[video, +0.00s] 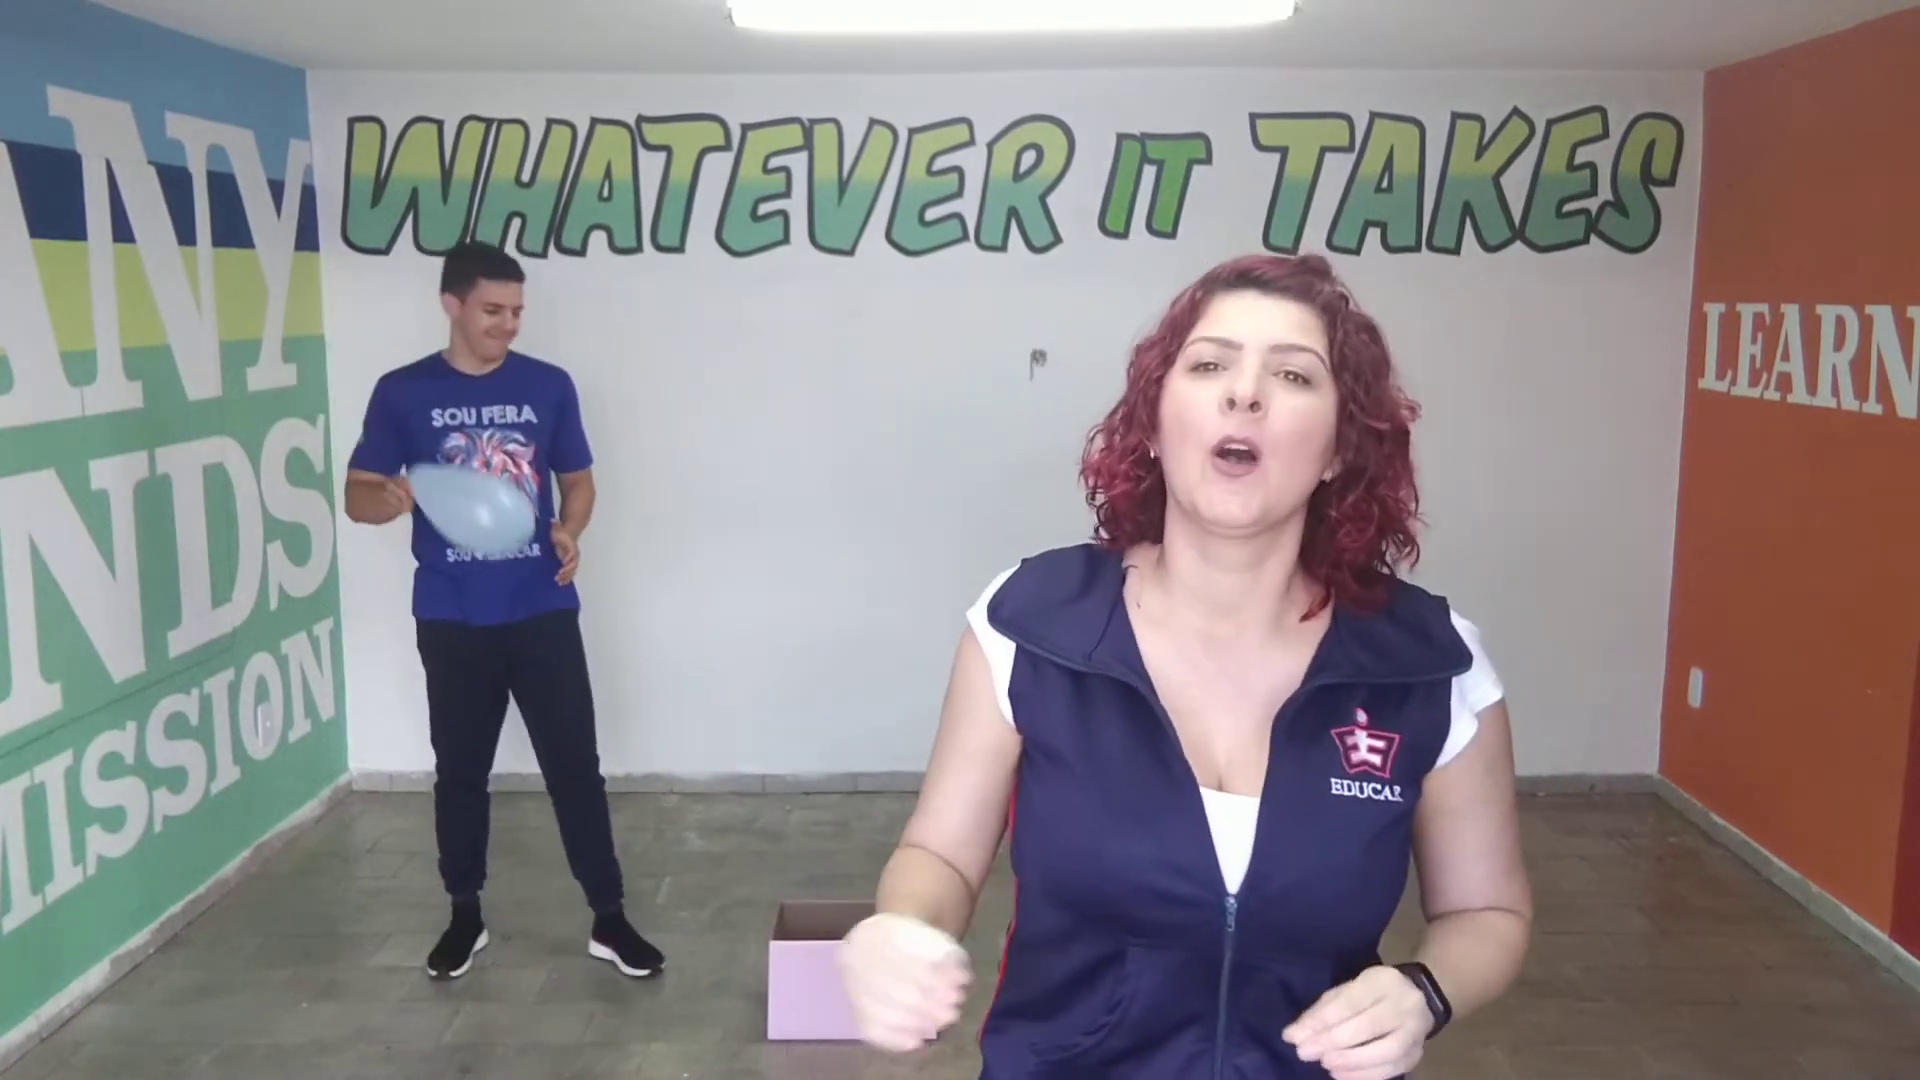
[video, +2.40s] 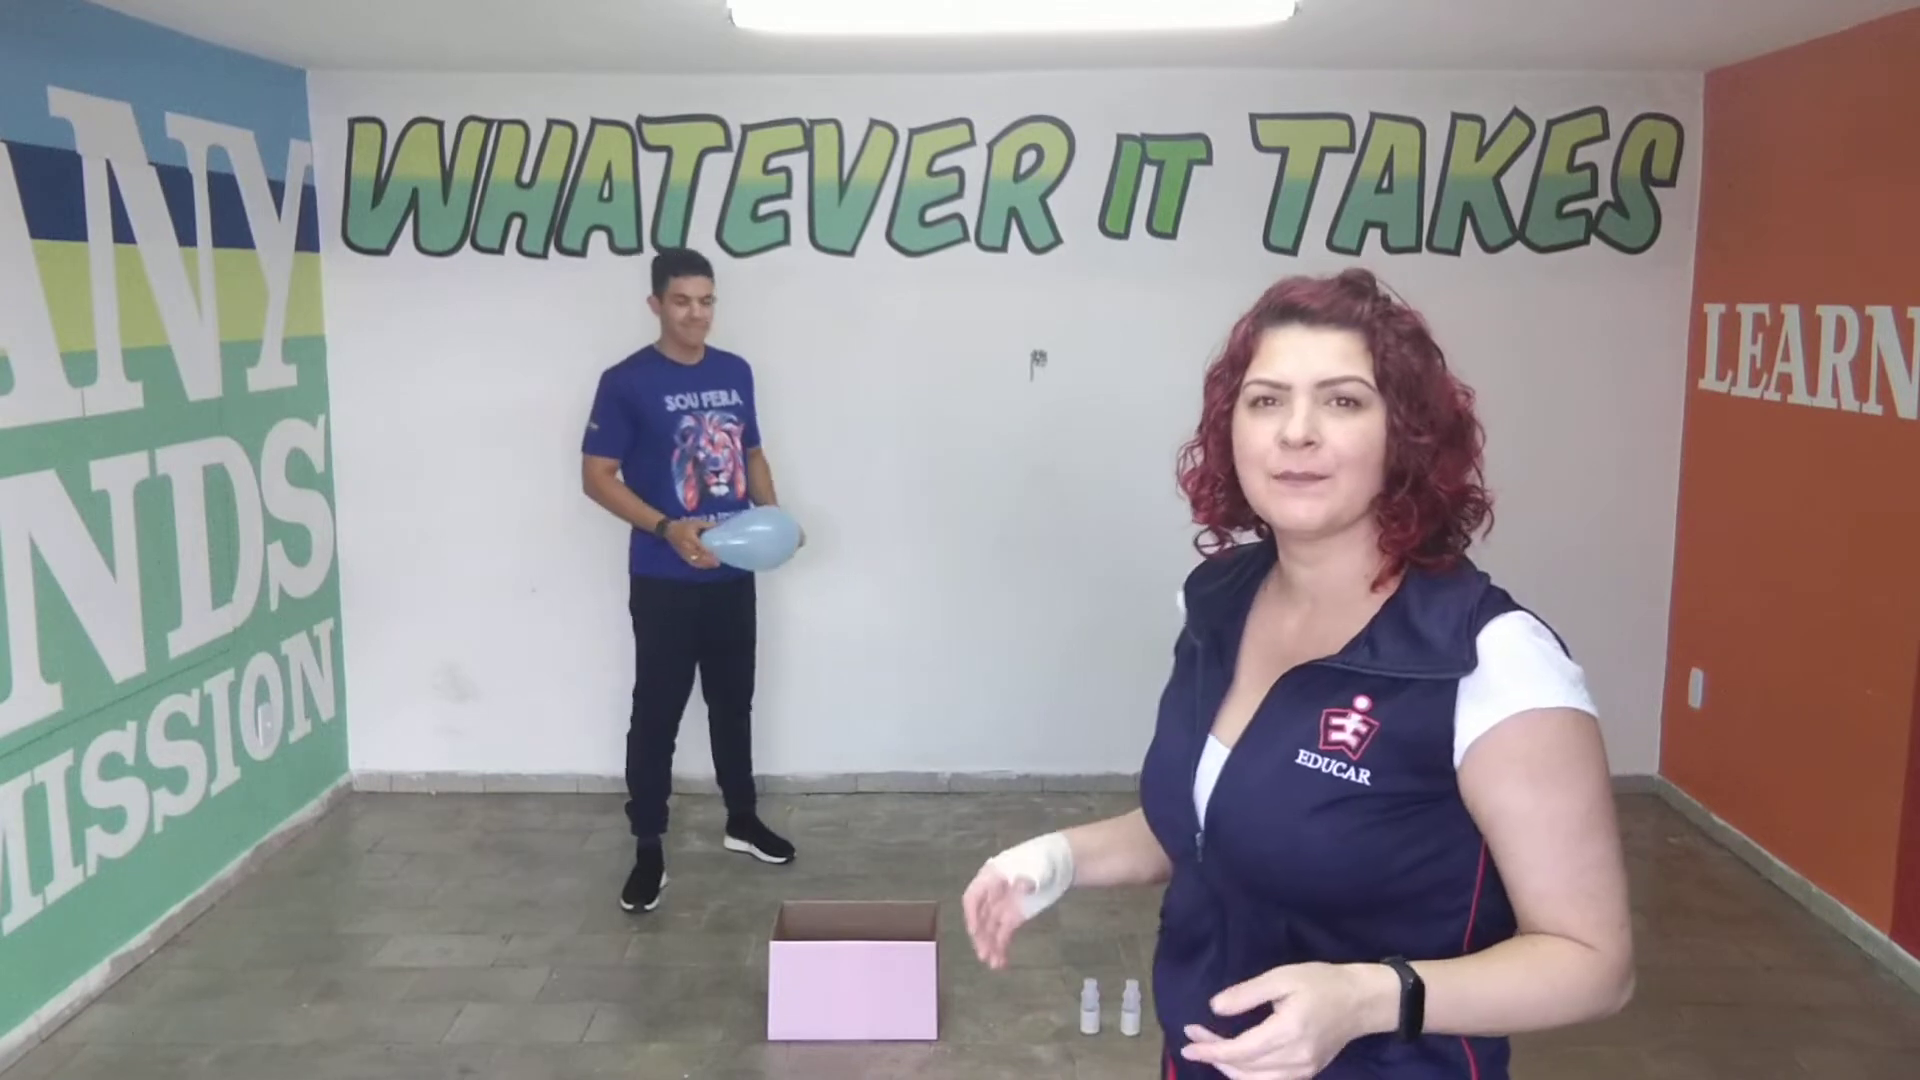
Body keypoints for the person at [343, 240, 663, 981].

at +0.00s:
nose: (506, 323)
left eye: (515, 310)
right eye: (492, 309)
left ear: (521, 311)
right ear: (452, 306)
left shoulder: (548, 387)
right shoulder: (402, 393)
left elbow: (578, 482)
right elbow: (356, 499)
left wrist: (570, 528)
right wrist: (393, 497)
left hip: (542, 615)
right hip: (454, 622)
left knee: (575, 767)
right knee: (460, 774)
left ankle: (609, 917)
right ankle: (465, 914)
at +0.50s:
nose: (611, 341)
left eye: (621, 328)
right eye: (601, 325)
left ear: (626, 322)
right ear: (561, 307)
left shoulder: (640, 395)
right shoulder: (495, 379)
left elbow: (661, 497)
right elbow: (451, 472)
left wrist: (630, 559)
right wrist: (478, 533)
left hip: (605, 617)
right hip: (516, 614)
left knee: (611, 770)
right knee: (489, 766)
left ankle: (612, 920)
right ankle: (467, 909)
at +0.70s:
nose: (642, 347)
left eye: (653, 334)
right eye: (633, 330)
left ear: (660, 328)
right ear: (595, 310)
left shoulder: (671, 397)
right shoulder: (529, 375)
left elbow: (696, 499)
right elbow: (484, 464)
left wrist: (660, 565)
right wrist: (501, 533)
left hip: (623, 615)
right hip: (536, 609)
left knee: (618, 770)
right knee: (519, 758)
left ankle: (612, 922)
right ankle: (521, 900)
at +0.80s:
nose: (652, 345)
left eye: (662, 334)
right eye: (643, 329)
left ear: (668, 327)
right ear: (606, 307)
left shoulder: (679, 399)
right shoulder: (538, 374)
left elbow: (705, 500)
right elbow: (496, 462)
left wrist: (673, 560)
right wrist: (511, 533)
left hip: (628, 615)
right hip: (543, 608)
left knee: (622, 765)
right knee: (533, 751)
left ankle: (612, 917)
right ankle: (583, 863)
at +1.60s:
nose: (631, 335)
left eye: (640, 322)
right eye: (618, 323)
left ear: (650, 313)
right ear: (586, 317)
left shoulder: (684, 378)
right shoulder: (555, 390)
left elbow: (723, 468)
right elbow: (538, 477)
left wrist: (694, 530)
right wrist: (555, 534)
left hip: (674, 582)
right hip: (601, 586)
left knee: (675, 729)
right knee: (625, 728)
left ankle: (685, 884)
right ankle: (646, 851)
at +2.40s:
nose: (696, 312)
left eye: (705, 301)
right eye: (683, 301)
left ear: (714, 305)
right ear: (657, 305)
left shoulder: (734, 373)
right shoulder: (626, 382)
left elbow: (751, 456)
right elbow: (598, 478)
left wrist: (771, 522)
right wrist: (664, 525)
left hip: (732, 575)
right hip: (665, 579)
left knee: (733, 704)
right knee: (656, 717)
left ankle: (742, 819)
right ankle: (648, 852)